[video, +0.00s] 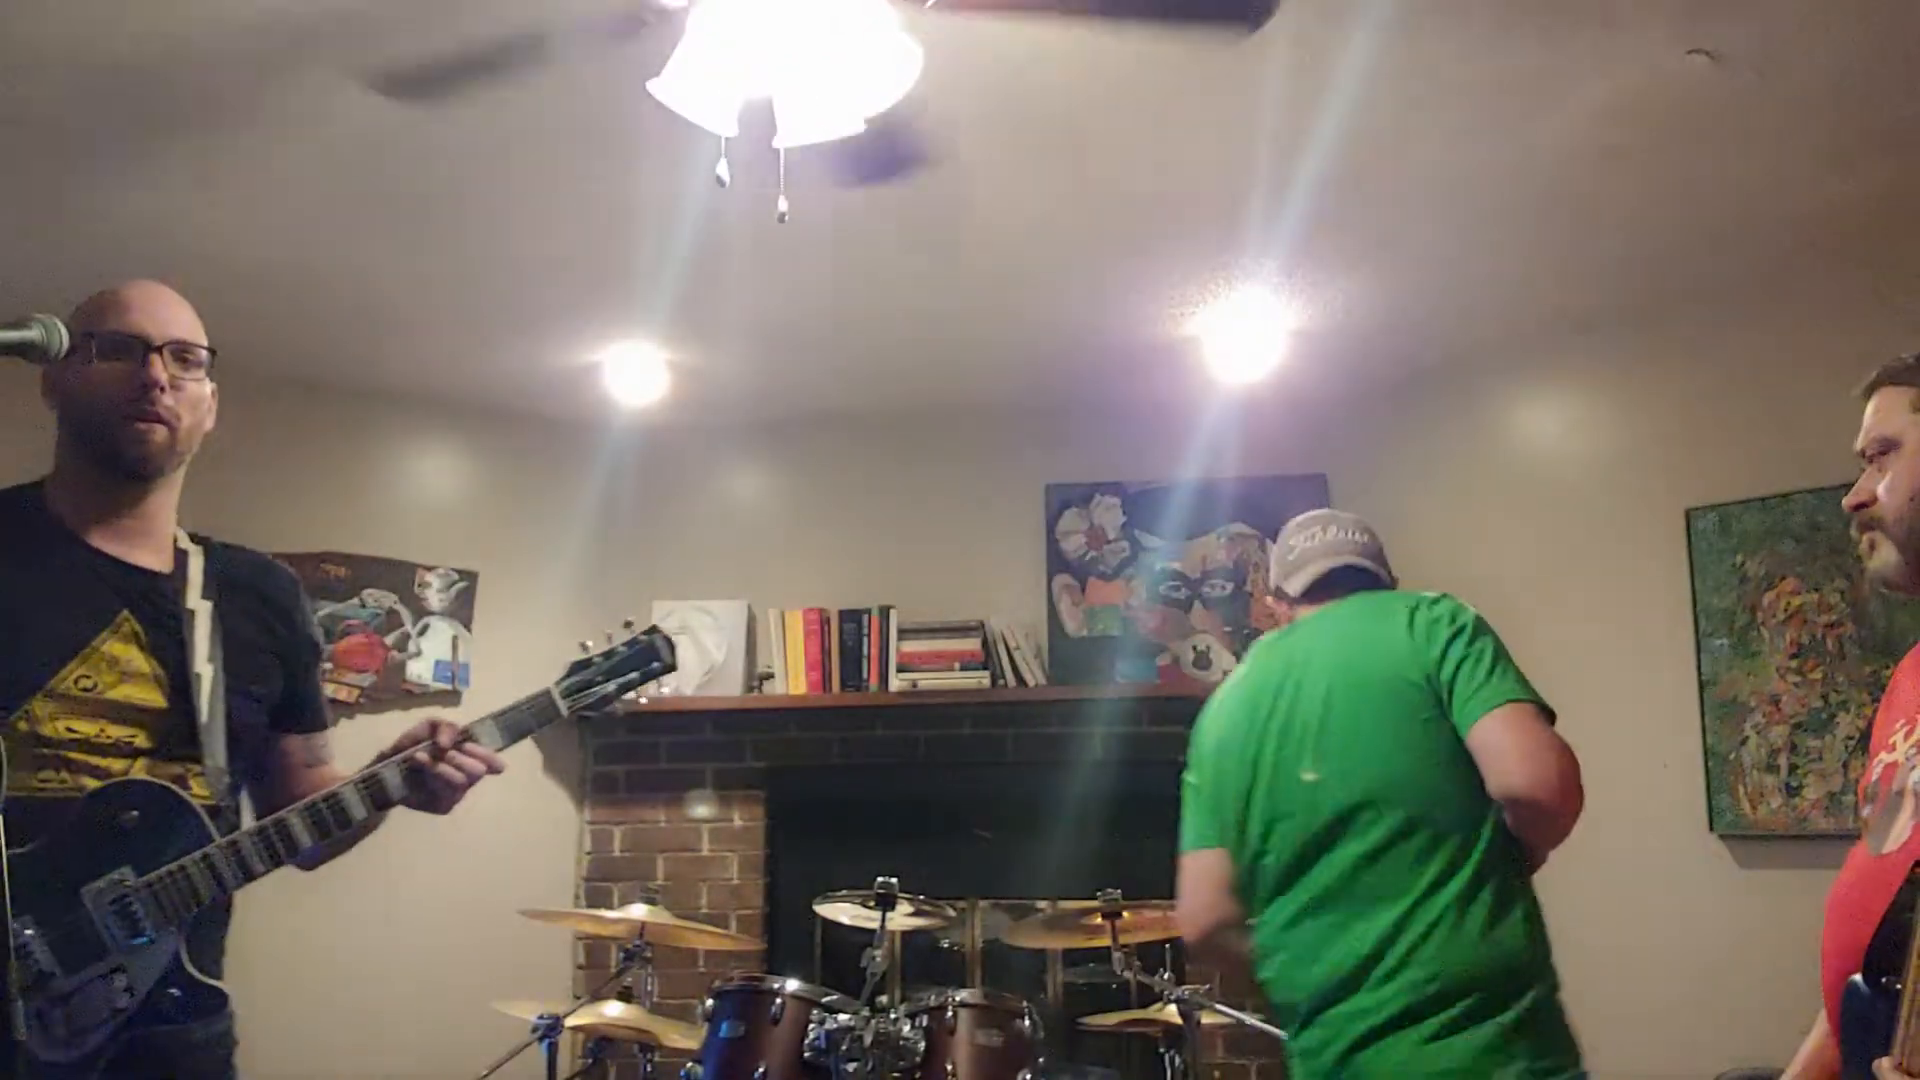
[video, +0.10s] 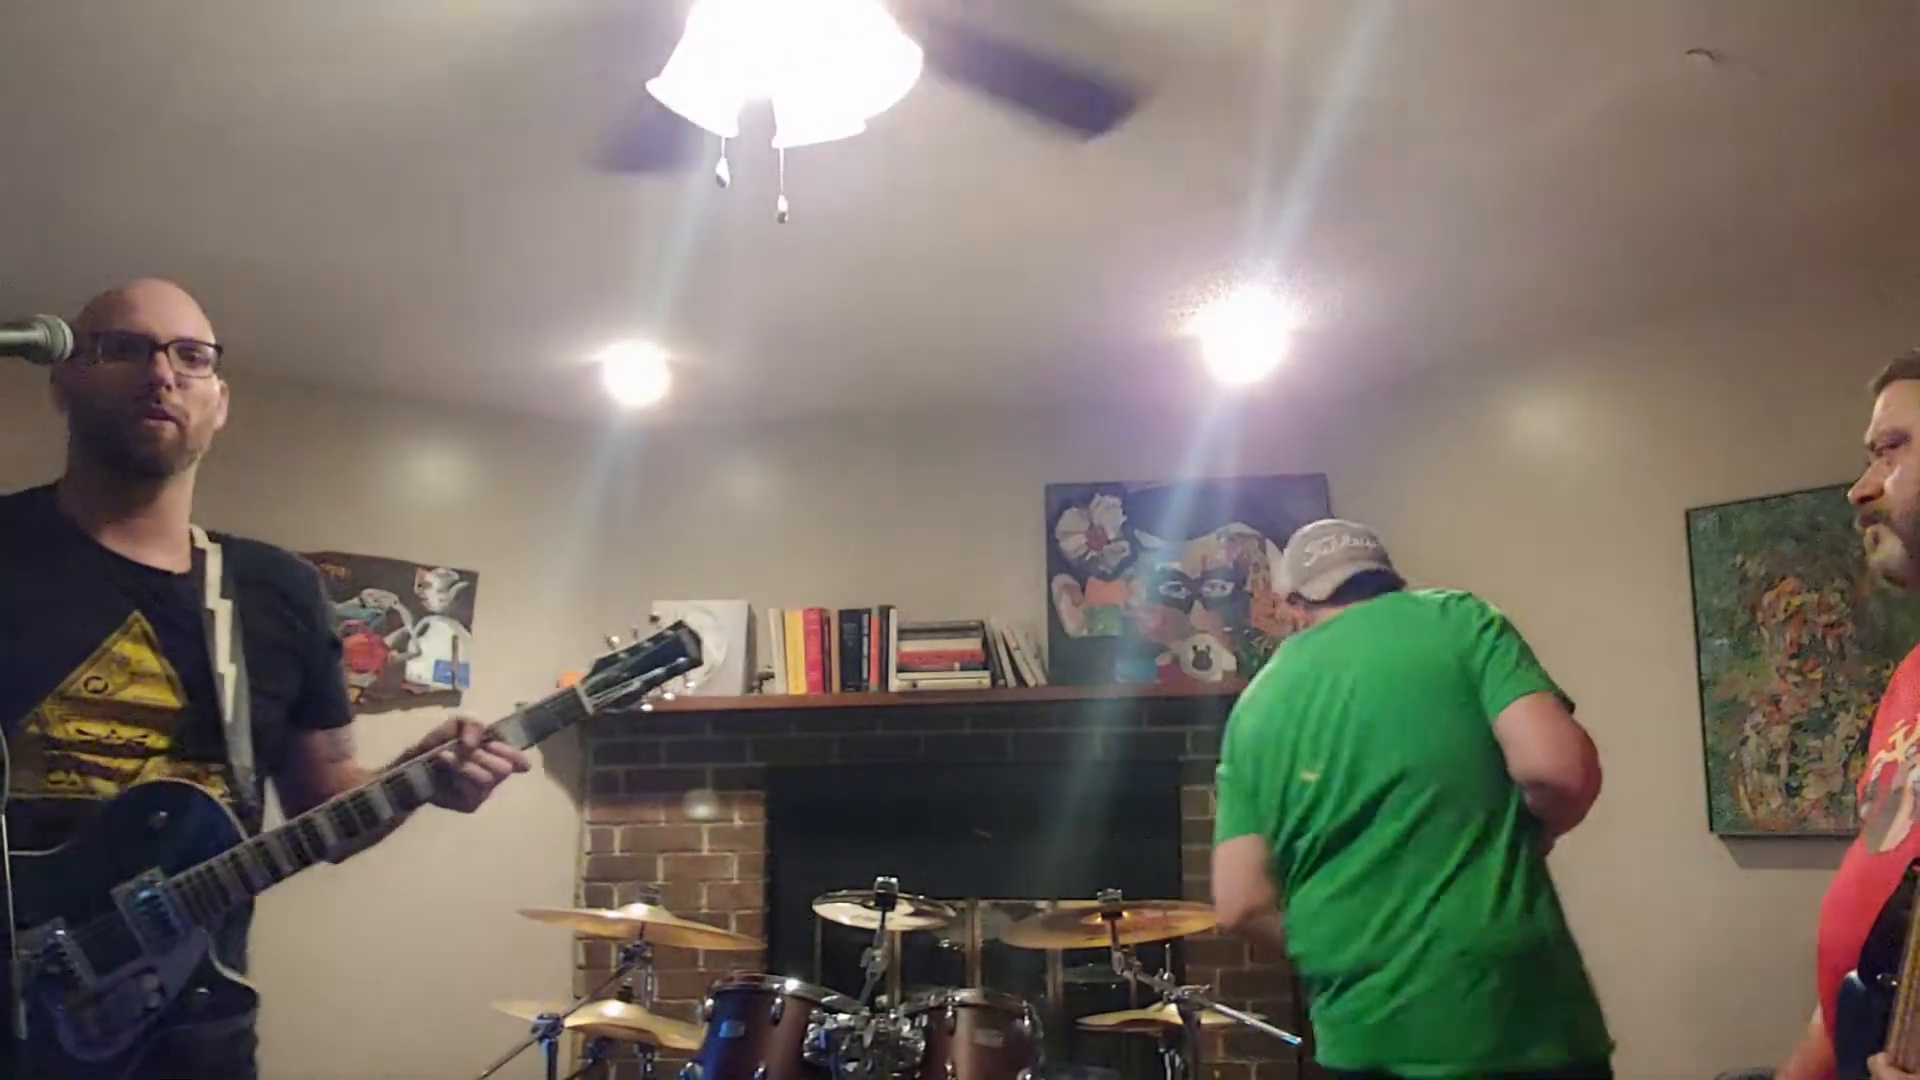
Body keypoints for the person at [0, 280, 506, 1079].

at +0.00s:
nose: (156, 373)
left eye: (184, 358)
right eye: (121, 349)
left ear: (211, 406)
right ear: (55, 381)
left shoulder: (259, 596)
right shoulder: (7, 547)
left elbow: (301, 825)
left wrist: (391, 777)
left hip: (173, 1031)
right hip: (9, 1029)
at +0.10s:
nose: (161, 373)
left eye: (190, 355)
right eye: (125, 349)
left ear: (221, 404)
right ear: (63, 383)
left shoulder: (278, 592)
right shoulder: (13, 545)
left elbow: (322, 805)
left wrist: (418, 775)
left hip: (194, 1027)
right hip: (17, 1026)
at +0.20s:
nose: (167, 371)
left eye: (195, 355)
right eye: (130, 349)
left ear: (228, 404)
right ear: (71, 385)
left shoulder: (291, 588)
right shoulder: (10, 548)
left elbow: (344, 796)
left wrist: (444, 770)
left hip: (208, 1024)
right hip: (20, 1023)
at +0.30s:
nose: (169, 370)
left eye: (198, 354)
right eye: (131, 349)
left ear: (233, 403)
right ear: (75, 389)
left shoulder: (302, 587)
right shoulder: (8, 550)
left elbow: (361, 798)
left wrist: (458, 765)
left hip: (217, 1023)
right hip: (23, 1025)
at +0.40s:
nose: (167, 368)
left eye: (197, 353)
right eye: (130, 349)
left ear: (233, 403)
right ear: (78, 388)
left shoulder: (303, 588)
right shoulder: (9, 550)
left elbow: (367, 805)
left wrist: (459, 764)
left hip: (217, 1023)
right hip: (22, 1023)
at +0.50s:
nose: (163, 362)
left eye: (193, 348)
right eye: (127, 343)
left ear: (229, 401)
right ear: (72, 383)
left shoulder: (297, 588)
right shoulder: (10, 551)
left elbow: (365, 815)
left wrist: (447, 763)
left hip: (216, 1025)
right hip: (21, 1026)